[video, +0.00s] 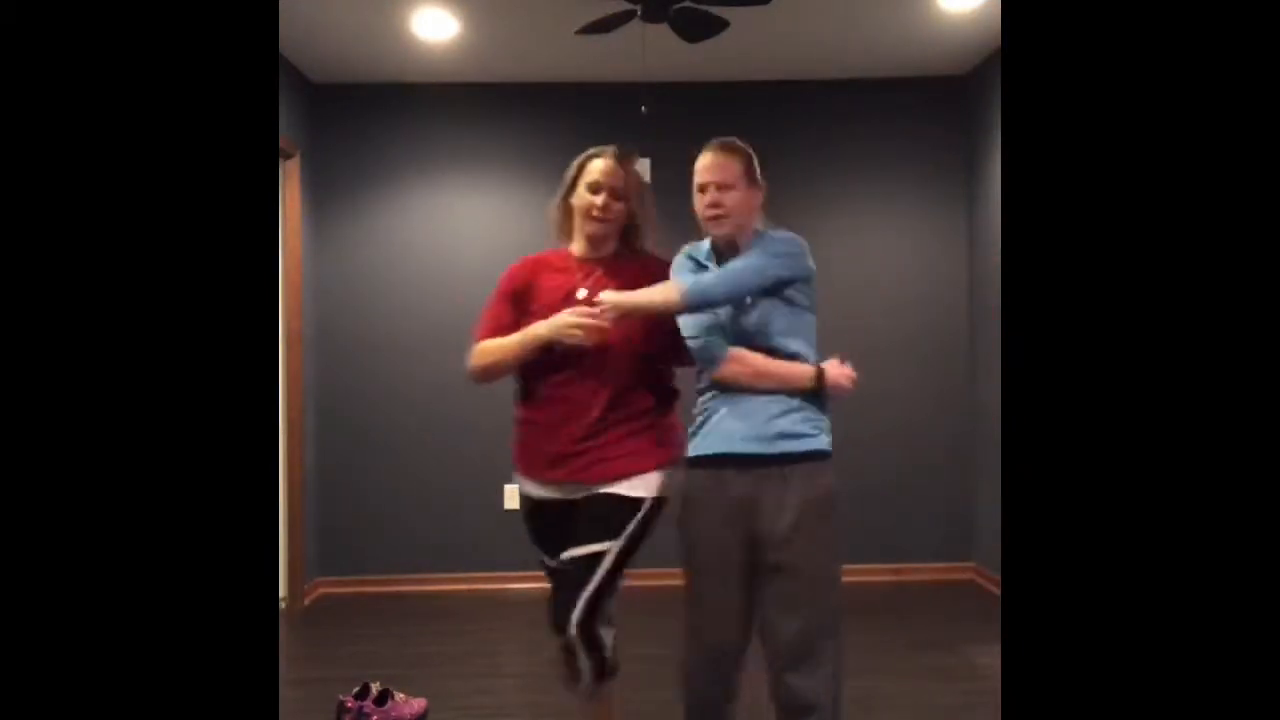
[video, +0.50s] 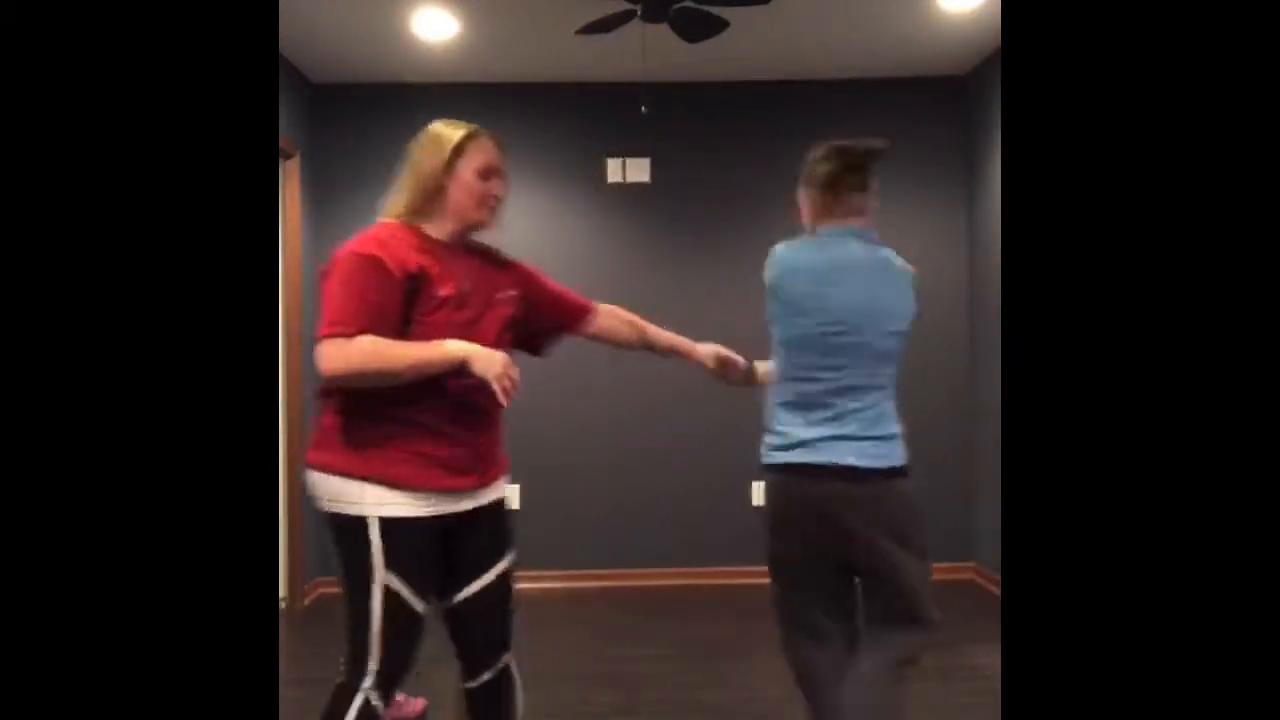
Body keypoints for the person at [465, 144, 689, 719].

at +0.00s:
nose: (603, 202)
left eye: (617, 194)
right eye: (593, 188)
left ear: (632, 208)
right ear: (570, 196)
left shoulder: (656, 278)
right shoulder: (529, 275)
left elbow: (695, 360)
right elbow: (479, 362)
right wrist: (546, 330)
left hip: (632, 469)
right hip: (546, 473)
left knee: (573, 618)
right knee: (580, 623)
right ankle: (600, 703)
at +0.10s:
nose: (591, 202)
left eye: (604, 194)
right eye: (580, 188)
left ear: (617, 208)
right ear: (552, 195)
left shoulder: (638, 280)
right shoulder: (501, 275)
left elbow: (679, 355)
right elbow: (443, 364)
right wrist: (527, 339)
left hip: (612, 479)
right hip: (517, 486)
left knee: (557, 620)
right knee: (567, 624)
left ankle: (541, 712)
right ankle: (594, 708)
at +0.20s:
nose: (578, 198)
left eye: (590, 190)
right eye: (566, 183)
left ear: (599, 207)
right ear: (534, 191)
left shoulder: (616, 284)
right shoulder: (474, 272)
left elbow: (711, 340)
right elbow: (413, 364)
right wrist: (509, 348)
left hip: (578, 492)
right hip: (480, 492)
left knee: (539, 644)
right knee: (498, 636)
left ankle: (538, 713)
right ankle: (545, 691)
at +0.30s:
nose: (556, 196)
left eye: (565, 187)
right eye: (543, 182)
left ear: (572, 201)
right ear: (505, 186)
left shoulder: (585, 283)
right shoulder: (442, 267)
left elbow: (678, 336)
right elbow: (382, 363)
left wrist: (738, 364)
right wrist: (490, 350)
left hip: (550, 501)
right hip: (449, 502)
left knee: (528, 669)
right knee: (460, 675)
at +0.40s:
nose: (530, 191)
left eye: (536, 182)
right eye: (517, 176)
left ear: (541, 196)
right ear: (475, 178)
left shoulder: (547, 279)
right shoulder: (411, 257)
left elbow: (640, 328)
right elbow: (357, 358)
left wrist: (732, 366)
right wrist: (475, 350)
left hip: (517, 496)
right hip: (417, 497)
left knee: (511, 659)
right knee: (423, 664)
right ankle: (366, 714)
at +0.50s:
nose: (498, 189)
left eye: (501, 177)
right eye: (484, 175)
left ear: (503, 186)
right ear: (437, 177)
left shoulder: (499, 274)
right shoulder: (375, 255)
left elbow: (596, 319)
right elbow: (337, 357)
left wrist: (694, 349)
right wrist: (460, 352)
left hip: (474, 494)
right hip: (378, 497)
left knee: (490, 670)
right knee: (376, 674)